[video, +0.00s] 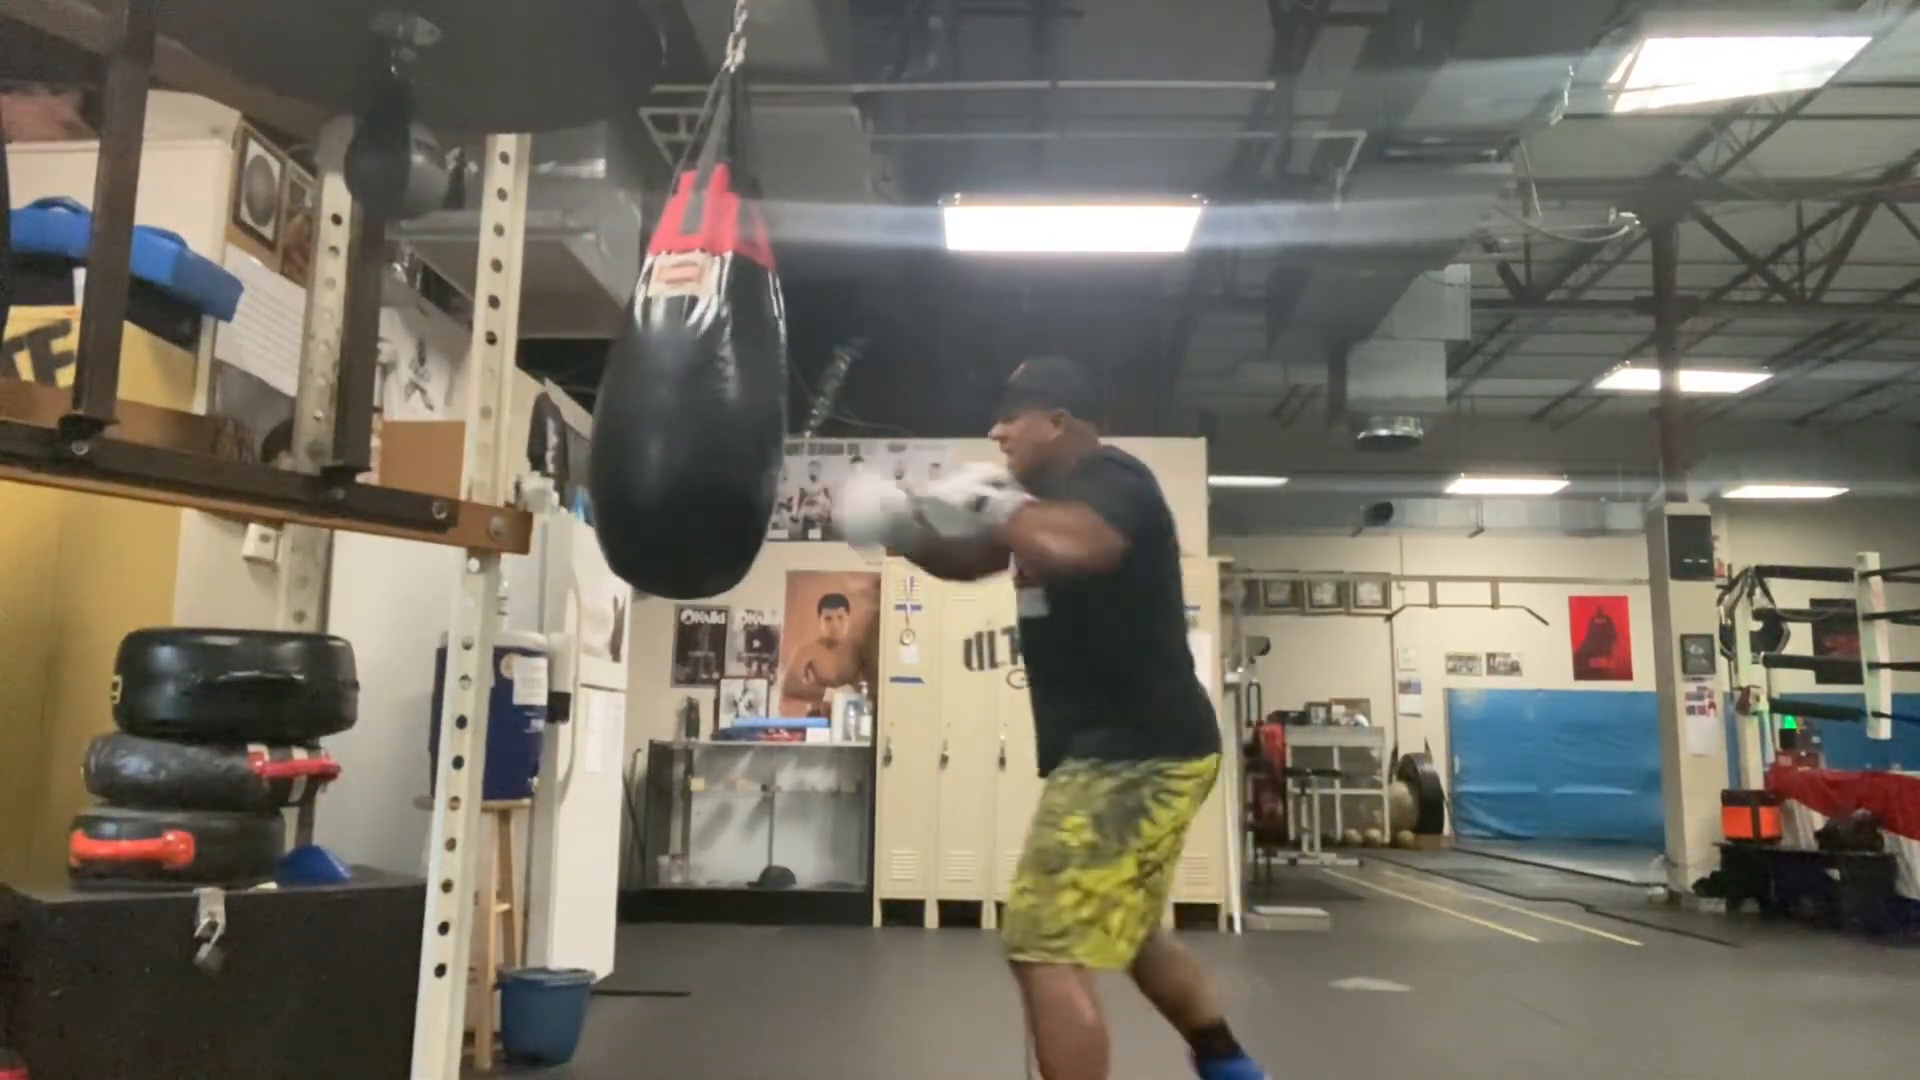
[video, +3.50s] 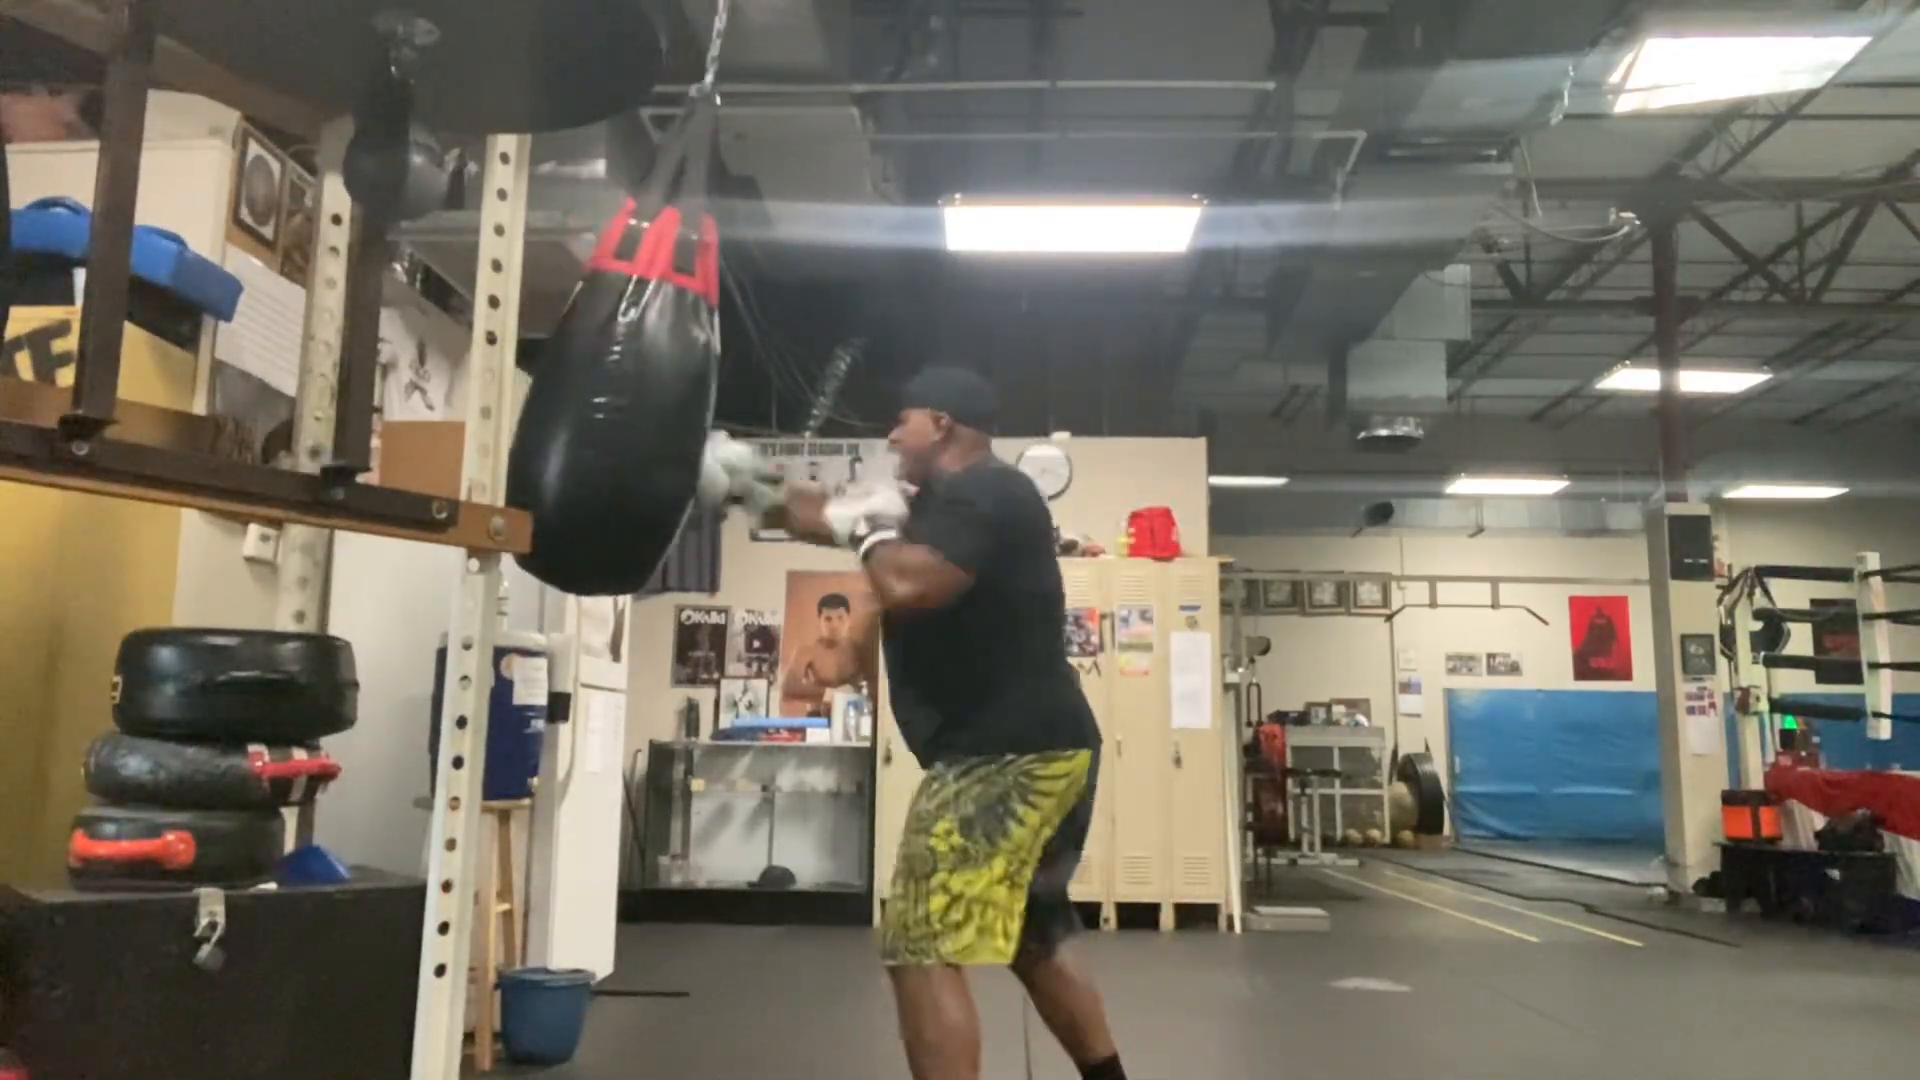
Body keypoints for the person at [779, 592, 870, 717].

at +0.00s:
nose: (835, 625)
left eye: (840, 617)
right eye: (828, 619)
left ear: (848, 619)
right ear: (819, 620)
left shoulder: (856, 651)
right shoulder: (806, 651)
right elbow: (789, 688)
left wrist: (816, 686)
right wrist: (828, 694)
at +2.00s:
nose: (834, 625)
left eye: (840, 618)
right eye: (828, 619)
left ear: (848, 620)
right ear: (819, 621)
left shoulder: (858, 652)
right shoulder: (806, 652)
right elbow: (789, 688)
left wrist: (816, 687)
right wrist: (827, 693)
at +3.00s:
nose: (834, 625)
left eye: (840, 618)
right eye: (828, 619)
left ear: (848, 620)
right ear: (819, 621)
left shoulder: (857, 651)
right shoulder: (808, 652)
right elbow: (790, 688)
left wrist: (816, 685)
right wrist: (828, 693)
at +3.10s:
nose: (834, 625)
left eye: (840, 618)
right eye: (828, 619)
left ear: (847, 620)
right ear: (820, 620)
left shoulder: (858, 651)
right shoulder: (807, 652)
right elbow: (790, 688)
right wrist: (828, 693)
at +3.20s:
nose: (834, 625)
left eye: (840, 618)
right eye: (828, 619)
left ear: (848, 620)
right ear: (819, 620)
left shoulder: (857, 651)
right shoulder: (808, 652)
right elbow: (789, 687)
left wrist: (817, 685)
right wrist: (826, 693)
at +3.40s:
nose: (834, 625)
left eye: (840, 618)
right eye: (828, 619)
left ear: (848, 619)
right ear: (819, 620)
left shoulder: (858, 652)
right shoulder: (807, 652)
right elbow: (789, 688)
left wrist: (816, 686)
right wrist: (827, 693)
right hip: (819, 717)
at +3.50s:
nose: (834, 625)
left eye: (840, 618)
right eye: (828, 619)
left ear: (848, 620)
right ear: (819, 621)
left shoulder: (857, 651)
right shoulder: (808, 652)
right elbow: (789, 688)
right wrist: (825, 693)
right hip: (820, 716)